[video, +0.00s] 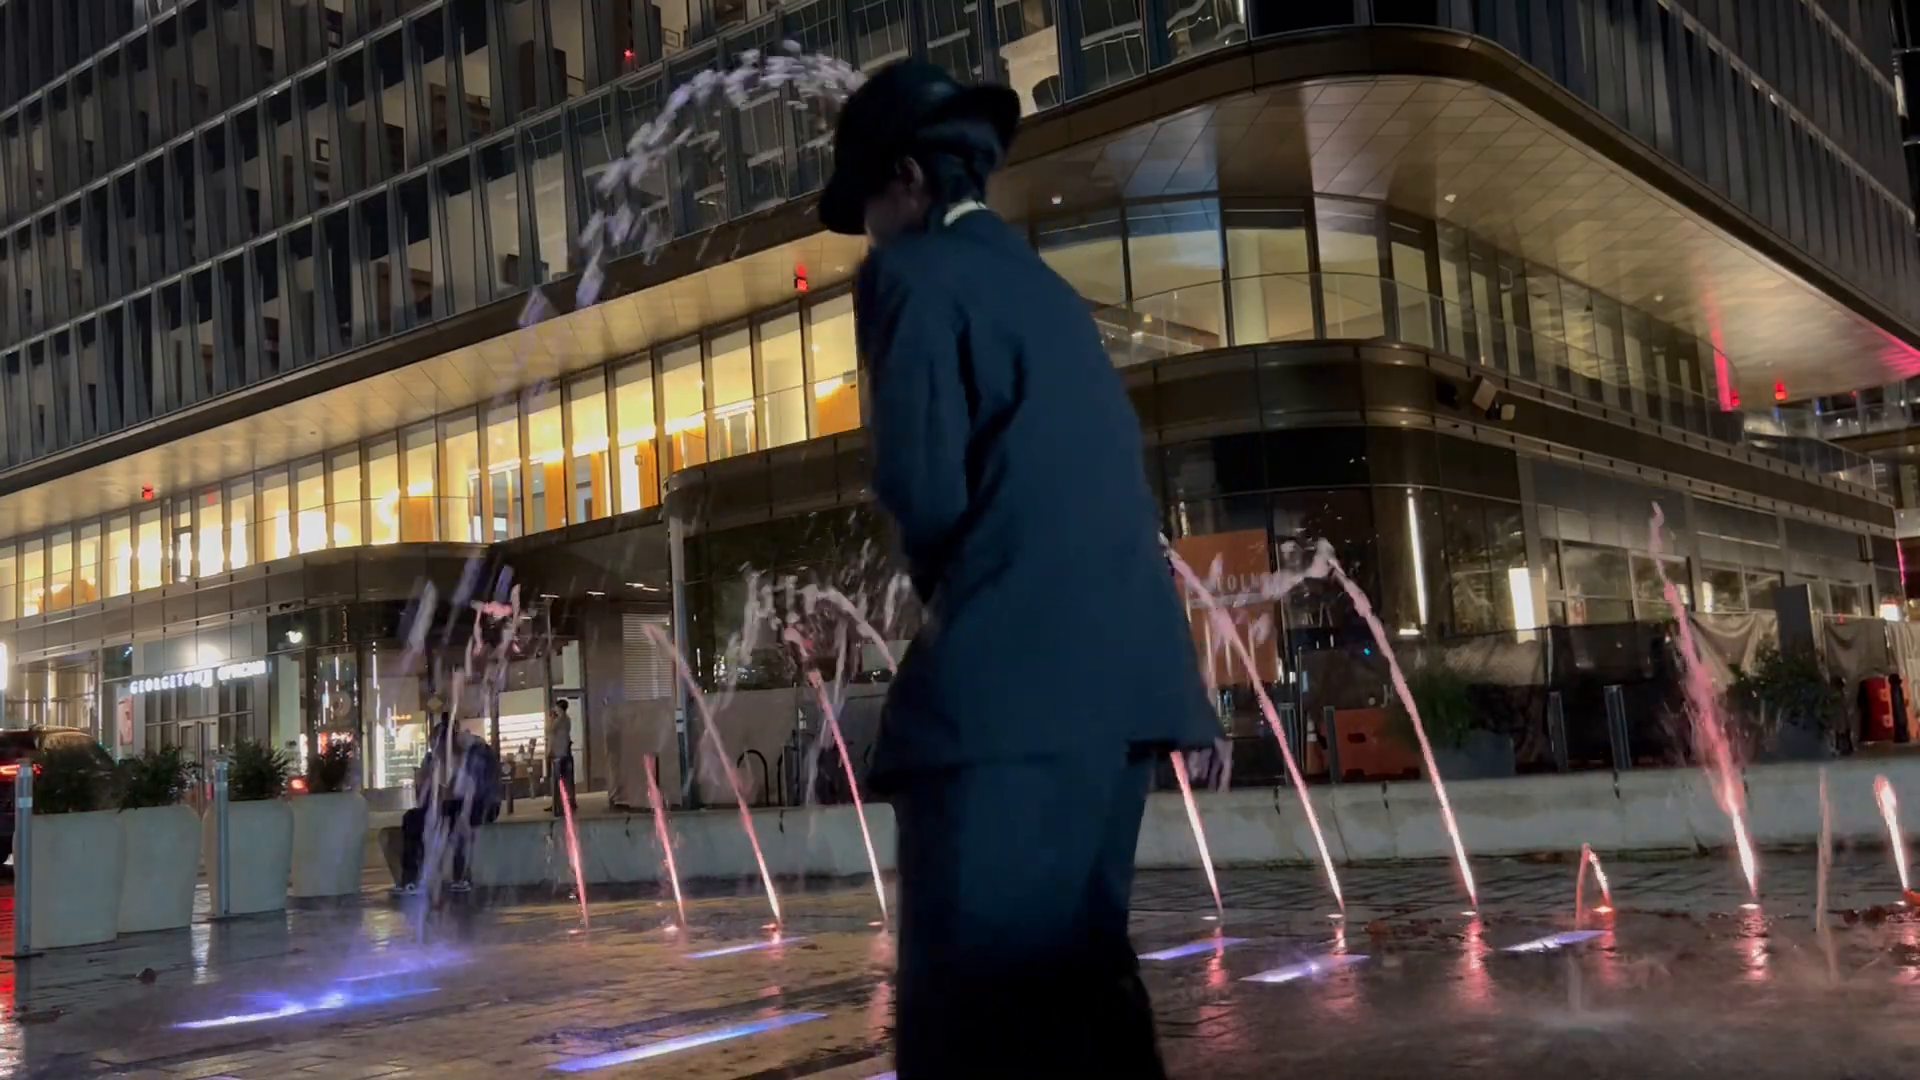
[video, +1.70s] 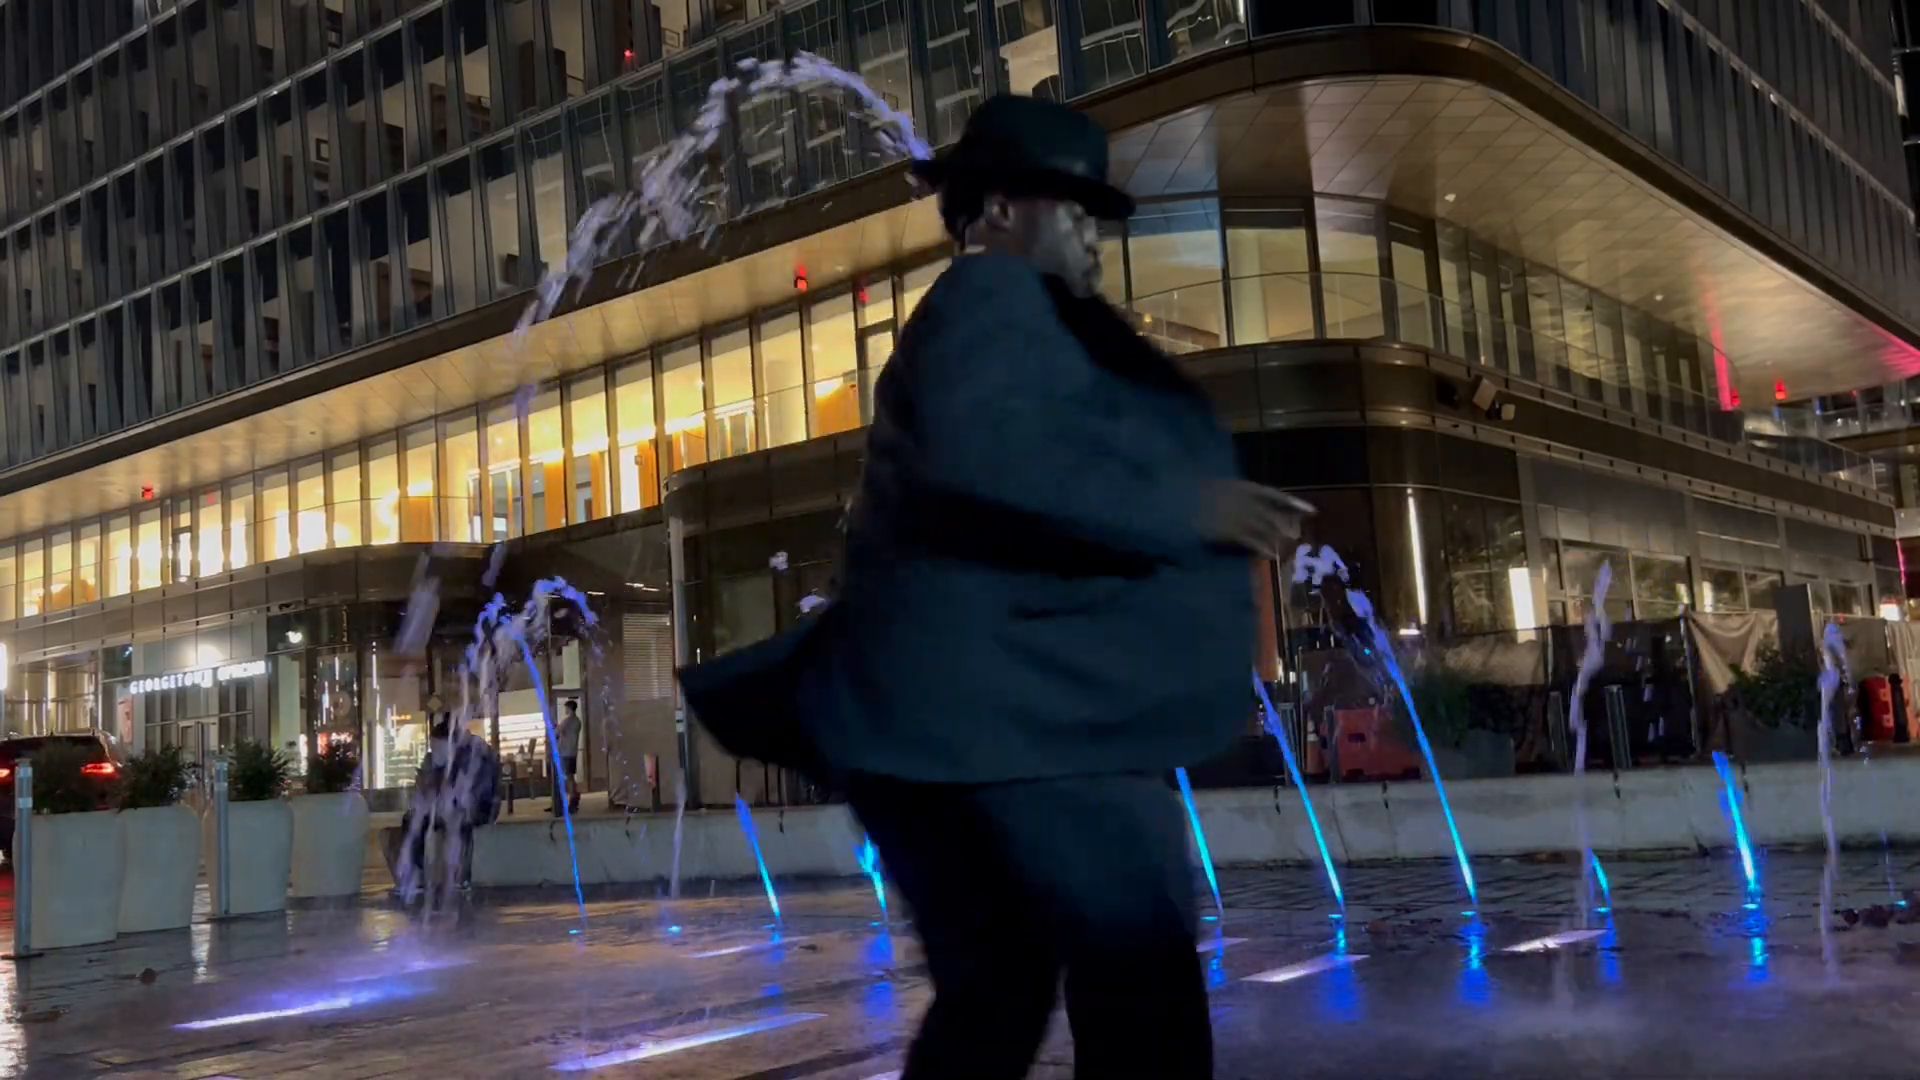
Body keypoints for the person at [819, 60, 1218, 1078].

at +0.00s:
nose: (863, 235)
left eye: (864, 208)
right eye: (857, 216)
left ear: (908, 180)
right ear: (956, 180)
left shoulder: (917, 270)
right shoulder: (1045, 284)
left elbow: (921, 487)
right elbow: (1096, 484)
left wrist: (952, 580)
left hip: (1006, 689)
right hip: (1115, 683)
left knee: (963, 993)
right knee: (1085, 968)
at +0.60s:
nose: (805, 214)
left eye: (806, 189)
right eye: (801, 195)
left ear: (842, 165)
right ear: (929, 169)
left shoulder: (818, 257)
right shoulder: (1050, 291)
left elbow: (813, 477)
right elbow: (1147, 462)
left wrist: (852, 548)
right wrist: (1027, 521)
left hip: (940, 640)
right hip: (1083, 639)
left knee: (915, 976)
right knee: (987, 951)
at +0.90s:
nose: (781, 250)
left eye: (781, 226)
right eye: (775, 232)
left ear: (818, 198)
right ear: (898, 192)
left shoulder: (813, 269)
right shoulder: (994, 296)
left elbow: (800, 483)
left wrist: (809, 614)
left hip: (946, 671)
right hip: (1071, 668)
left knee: (936, 996)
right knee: (986, 975)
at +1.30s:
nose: (747, 354)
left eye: (740, 323)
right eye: (739, 334)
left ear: (756, 290)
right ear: (838, 276)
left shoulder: (830, 336)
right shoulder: (895, 351)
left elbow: (839, 519)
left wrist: (652, 649)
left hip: (1017, 701)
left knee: (880, 976)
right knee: (1014, 972)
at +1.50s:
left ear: (837, 294)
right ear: (953, 265)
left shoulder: (792, 406)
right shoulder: (1039, 327)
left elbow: (816, 606)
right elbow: (1170, 463)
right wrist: (1166, 627)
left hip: (929, 731)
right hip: (1093, 704)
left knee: (854, 1009)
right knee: (1035, 974)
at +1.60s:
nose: (1060, 248)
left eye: (1056, 230)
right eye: (1047, 229)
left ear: (933, 240)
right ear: (1002, 231)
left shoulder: (871, 369)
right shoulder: (1036, 299)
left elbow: (846, 523)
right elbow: (1067, 434)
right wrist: (1216, 564)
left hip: (880, 702)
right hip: (1041, 686)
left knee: (900, 994)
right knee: (1093, 989)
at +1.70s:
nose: (1094, 242)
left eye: (1097, 221)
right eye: (1078, 216)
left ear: (1009, 212)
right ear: (1002, 211)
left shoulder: (962, 312)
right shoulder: (996, 297)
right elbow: (985, 451)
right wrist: (1194, 505)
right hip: (994, 723)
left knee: (993, 988)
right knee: (1145, 984)